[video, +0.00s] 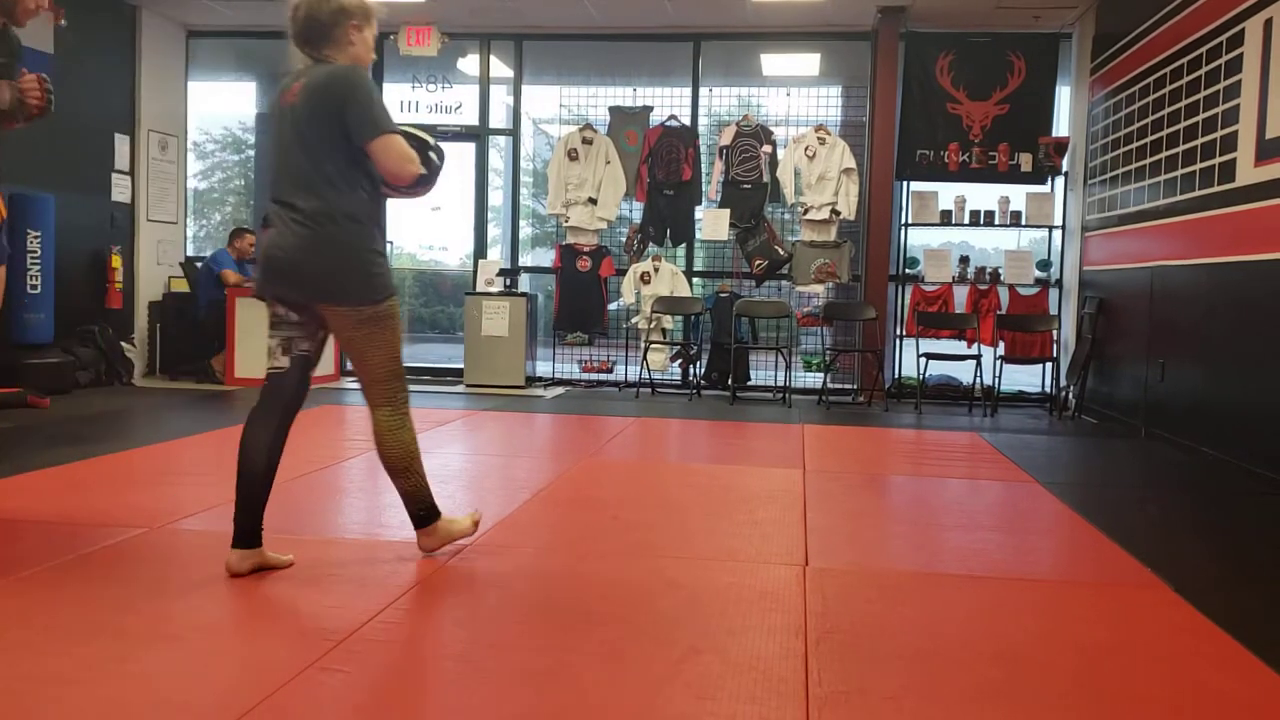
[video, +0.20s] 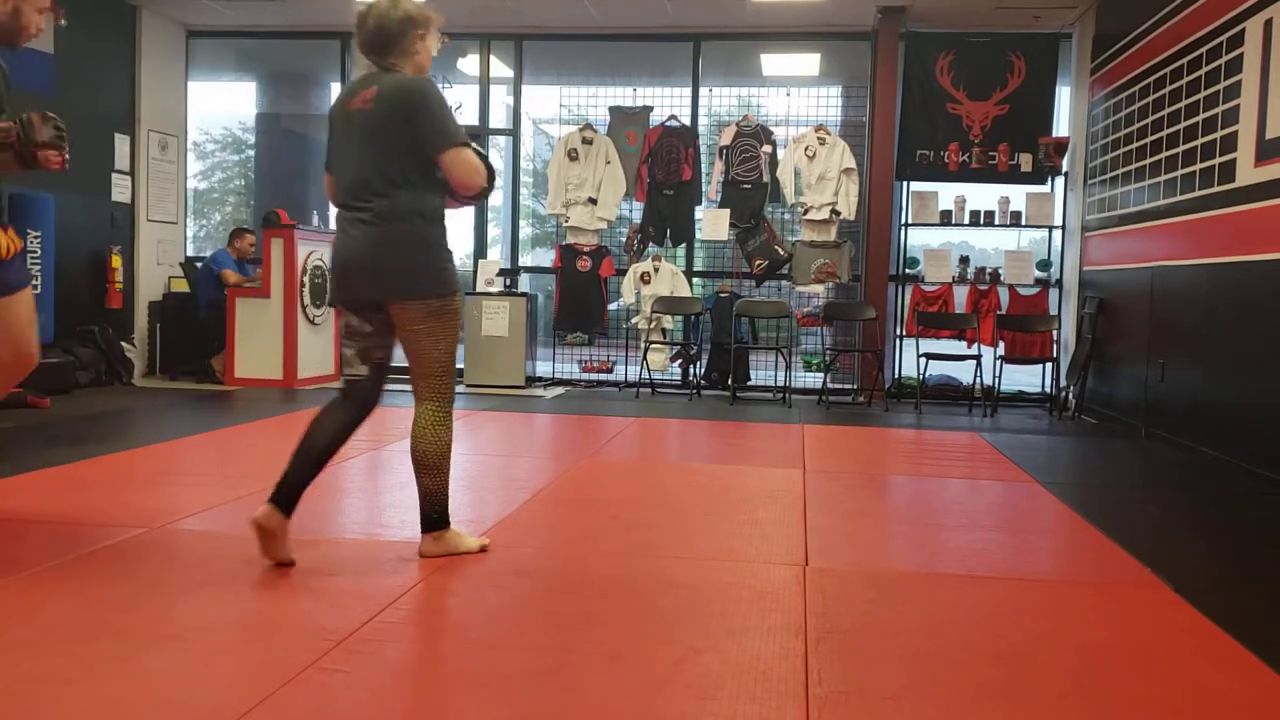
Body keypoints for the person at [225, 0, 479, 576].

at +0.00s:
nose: (373, 45)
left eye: (372, 35)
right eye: (371, 34)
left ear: (310, 38)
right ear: (352, 32)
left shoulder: (289, 93)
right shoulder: (349, 80)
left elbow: (326, 171)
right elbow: (400, 170)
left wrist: (396, 173)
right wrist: (419, 157)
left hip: (284, 259)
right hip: (347, 260)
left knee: (279, 395)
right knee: (388, 397)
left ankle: (245, 545)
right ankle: (429, 524)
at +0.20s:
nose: (436, 51)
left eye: (436, 42)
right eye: (434, 42)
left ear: (375, 45)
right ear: (415, 42)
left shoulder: (345, 99)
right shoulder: (417, 92)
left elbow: (336, 188)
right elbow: (470, 179)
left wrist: (411, 184)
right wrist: (472, 167)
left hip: (352, 253)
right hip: (414, 253)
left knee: (358, 391)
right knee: (434, 394)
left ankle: (278, 509)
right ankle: (437, 530)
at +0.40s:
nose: (469, 55)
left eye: (467, 46)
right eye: (468, 47)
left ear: (412, 50)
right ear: (461, 49)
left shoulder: (385, 102)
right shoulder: (475, 98)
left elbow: (353, 179)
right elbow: (529, 172)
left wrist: (401, 183)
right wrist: (511, 186)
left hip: (396, 256)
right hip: (458, 255)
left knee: (428, 376)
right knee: (449, 393)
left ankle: (400, 498)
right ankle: (436, 528)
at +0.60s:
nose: (493, 69)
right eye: (492, 61)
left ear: (441, 67)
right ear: (489, 66)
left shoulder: (416, 116)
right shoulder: (509, 111)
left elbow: (367, 176)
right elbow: (577, 166)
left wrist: (427, 182)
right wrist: (538, 192)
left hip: (432, 263)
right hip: (493, 261)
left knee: (469, 383)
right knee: (461, 392)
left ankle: (479, 496)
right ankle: (436, 526)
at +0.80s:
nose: (509, 77)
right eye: (510, 71)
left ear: (462, 75)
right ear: (507, 75)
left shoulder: (437, 125)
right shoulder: (528, 116)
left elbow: (396, 189)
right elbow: (592, 170)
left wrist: (449, 195)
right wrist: (555, 193)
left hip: (457, 267)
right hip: (515, 265)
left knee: (479, 379)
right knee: (514, 385)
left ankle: (484, 498)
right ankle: (461, 489)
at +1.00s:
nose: (534, 83)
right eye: (533, 76)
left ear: (487, 79)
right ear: (531, 79)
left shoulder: (464, 127)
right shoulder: (549, 120)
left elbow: (423, 187)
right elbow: (609, 170)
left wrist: (474, 196)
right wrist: (575, 200)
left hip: (481, 268)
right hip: (541, 268)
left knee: (489, 378)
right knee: (564, 371)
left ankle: (483, 500)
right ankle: (543, 486)